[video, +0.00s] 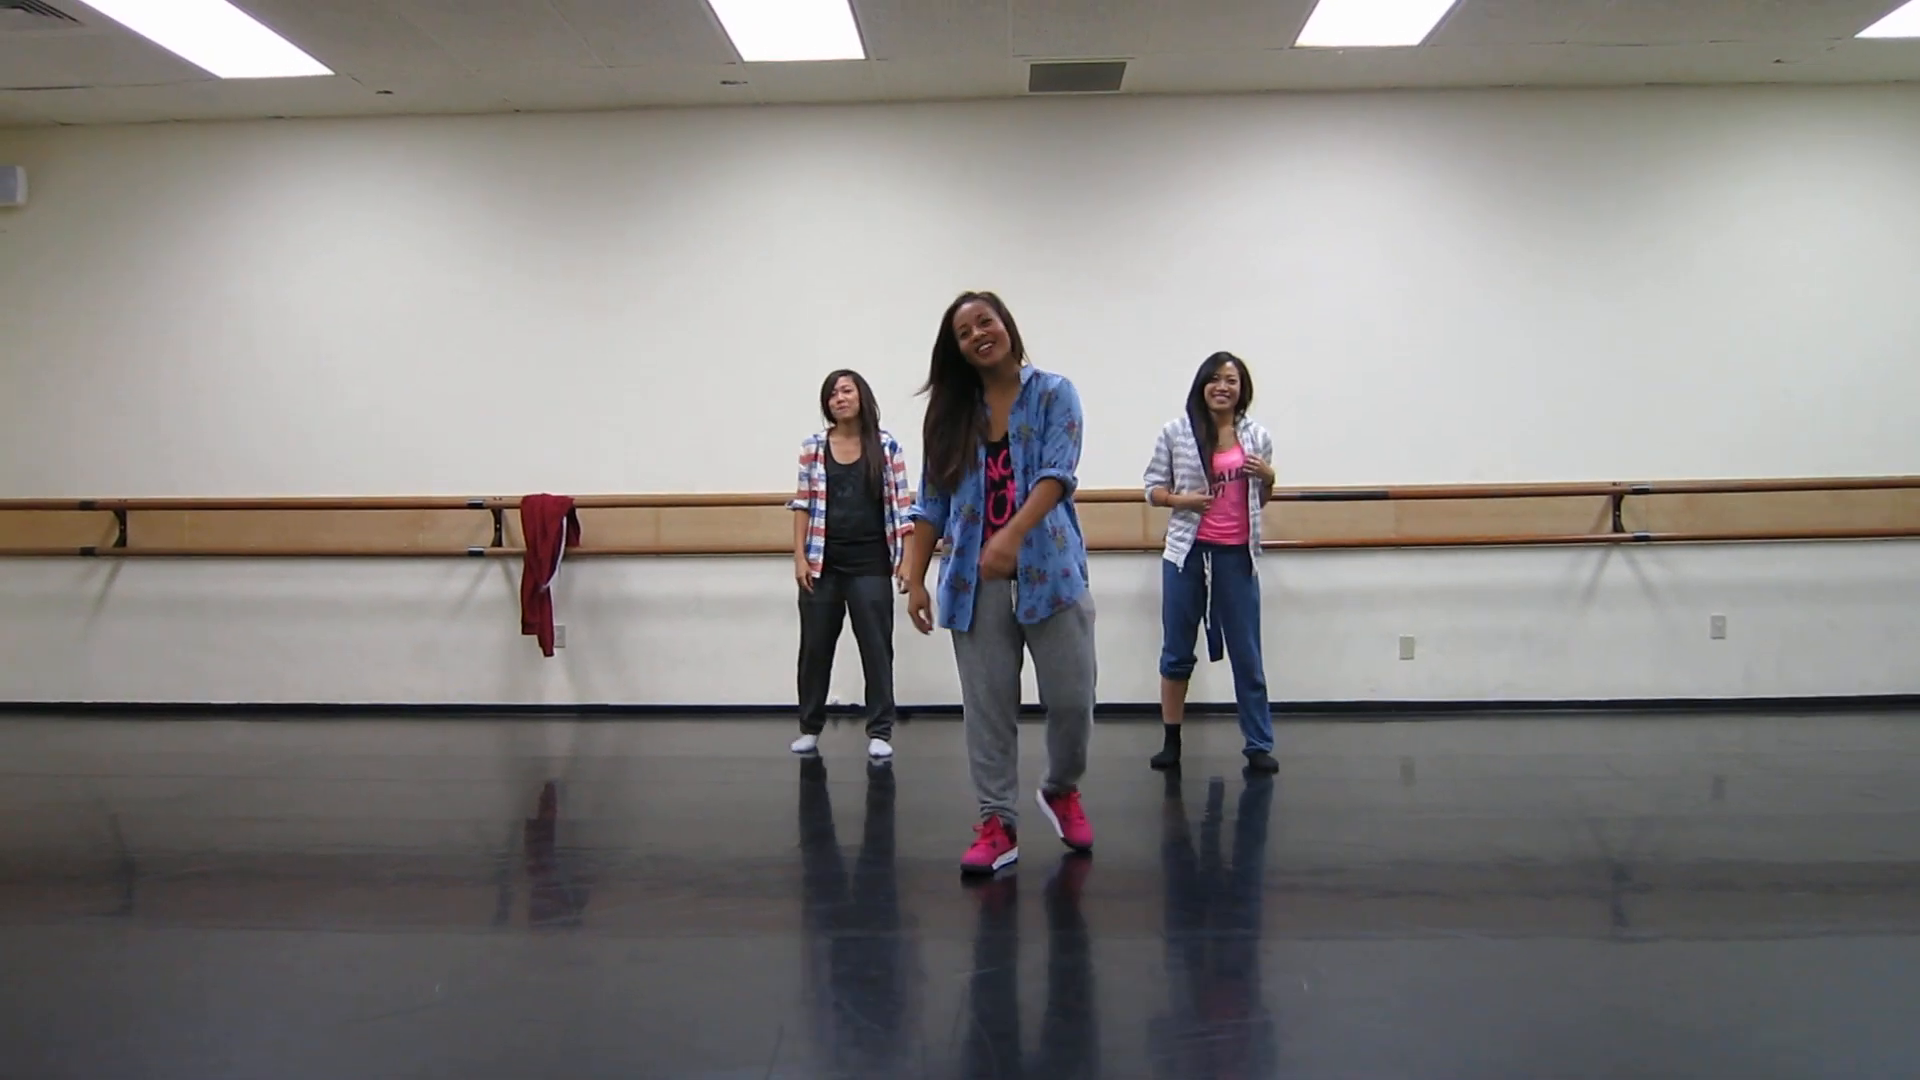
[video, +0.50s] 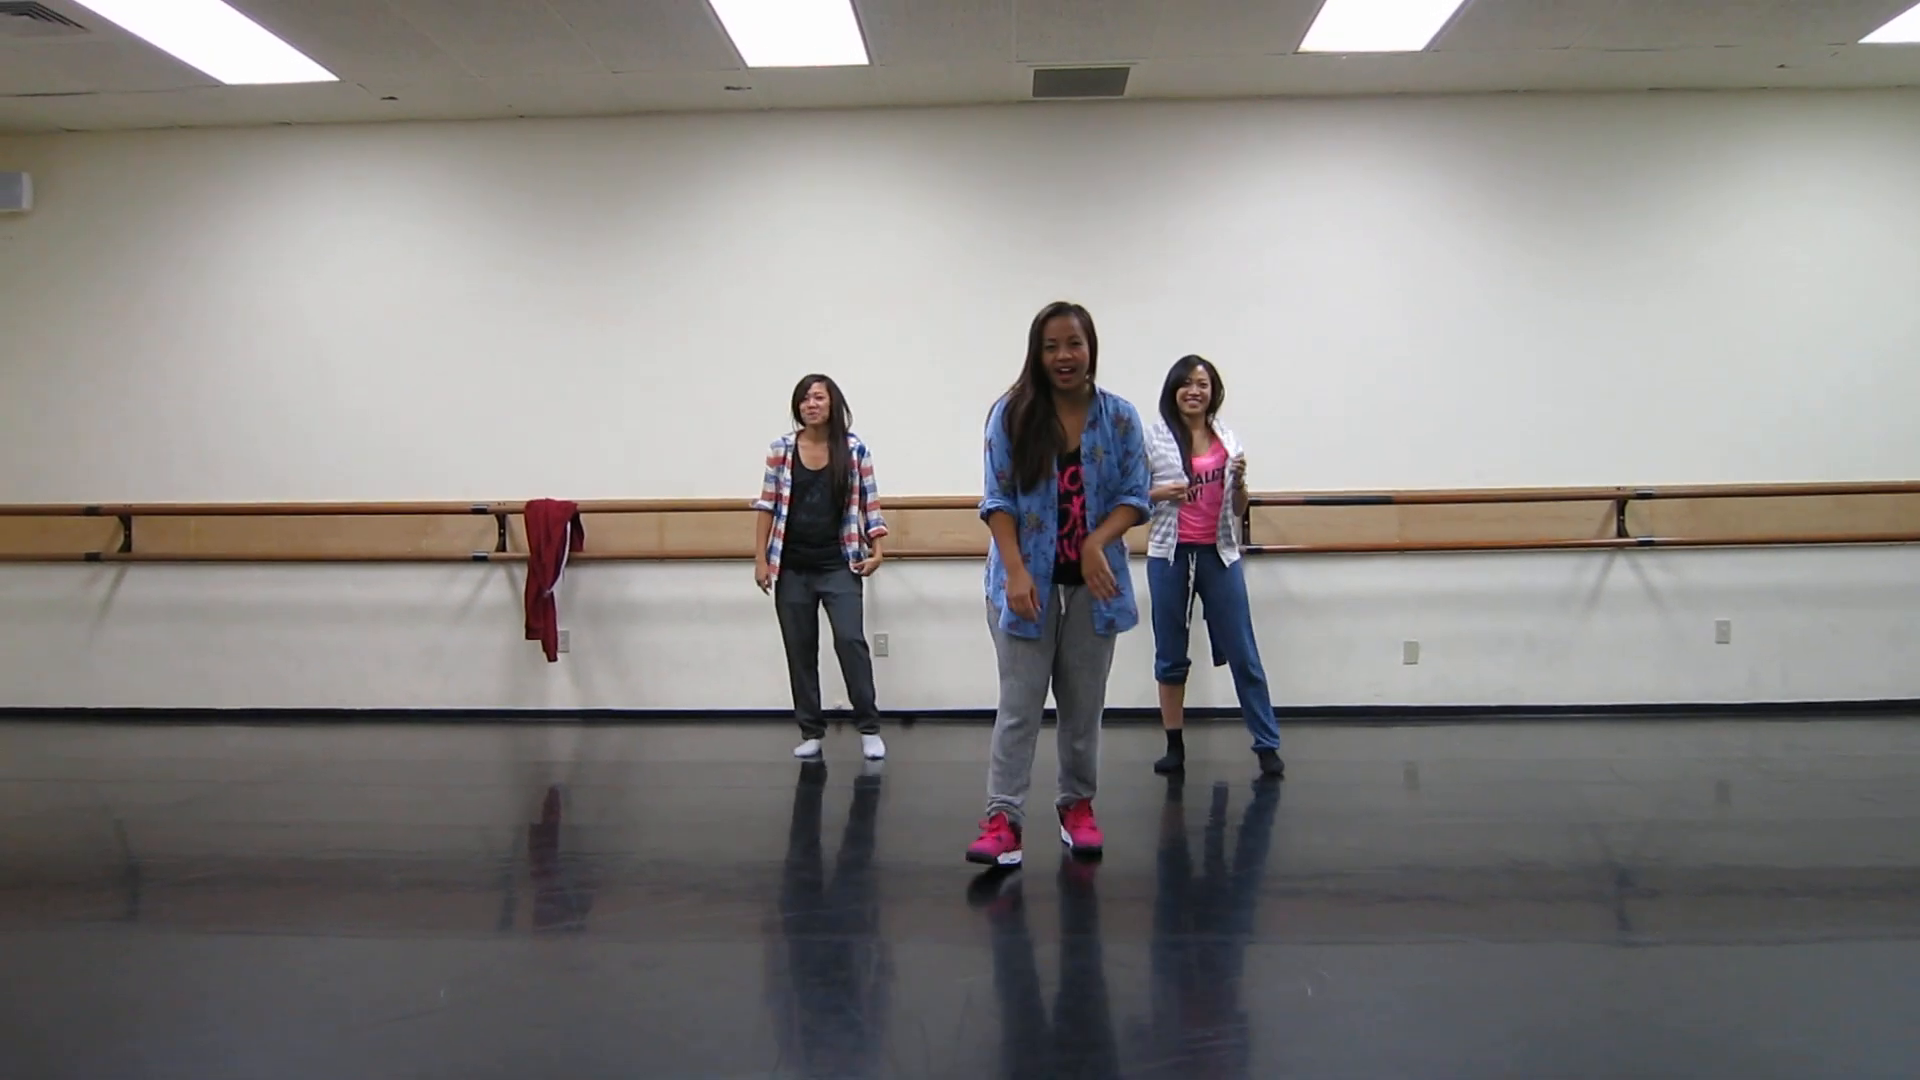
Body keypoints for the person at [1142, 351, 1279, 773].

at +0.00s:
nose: (1222, 387)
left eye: (1231, 381)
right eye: (1215, 380)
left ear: (1243, 389)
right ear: (1201, 387)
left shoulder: (1255, 436)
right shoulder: (1175, 434)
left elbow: (1261, 499)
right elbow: (1153, 491)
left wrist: (1267, 476)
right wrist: (1183, 499)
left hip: (1236, 555)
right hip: (1185, 553)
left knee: (1247, 657)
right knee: (1177, 653)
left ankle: (1258, 747)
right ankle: (1171, 743)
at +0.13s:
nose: (1210, 389)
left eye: (1219, 383)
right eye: (1202, 382)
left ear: (1230, 392)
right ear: (1189, 390)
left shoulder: (1244, 438)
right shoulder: (1163, 437)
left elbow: (1250, 501)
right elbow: (1142, 492)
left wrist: (1255, 479)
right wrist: (1166, 504)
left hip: (1224, 555)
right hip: (1174, 553)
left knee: (1239, 653)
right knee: (1171, 654)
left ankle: (1258, 747)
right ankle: (1170, 744)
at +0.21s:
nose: (1201, 390)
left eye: (1210, 384)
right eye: (1193, 383)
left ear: (1222, 392)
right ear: (1180, 389)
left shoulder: (1237, 438)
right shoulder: (1157, 436)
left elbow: (1243, 503)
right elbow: (1137, 494)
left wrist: (1247, 479)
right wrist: (1164, 500)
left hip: (1219, 555)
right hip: (1169, 554)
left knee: (1236, 653)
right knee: (1169, 655)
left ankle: (1257, 747)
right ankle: (1171, 744)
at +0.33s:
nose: (1195, 390)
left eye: (1204, 384)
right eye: (1187, 382)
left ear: (1216, 392)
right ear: (1173, 389)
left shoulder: (1230, 436)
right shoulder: (1150, 436)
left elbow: (1240, 503)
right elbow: (1134, 497)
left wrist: (1235, 476)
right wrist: (1167, 493)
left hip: (1218, 553)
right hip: (1168, 554)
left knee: (1235, 652)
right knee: (1169, 656)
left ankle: (1255, 746)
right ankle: (1173, 747)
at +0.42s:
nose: (1193, 391)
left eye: (1202, 385)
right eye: (1186, 384)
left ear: (1214, 392)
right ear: (1171, 391)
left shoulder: (1227, 437)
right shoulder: (1149, 439)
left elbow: (1237, 506)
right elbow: (1133, 499)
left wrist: (1231, 478)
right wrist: (1169, 493)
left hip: (1217, 554)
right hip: (1167, 554)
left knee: (1237, 652)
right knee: (1169, 656)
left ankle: (1260, 747)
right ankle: (1173, 748)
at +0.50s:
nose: (1195, 391)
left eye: (1202, 385)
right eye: (1187, 384)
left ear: (1214, 392)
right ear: (1172, 391)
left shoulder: (1226, 438)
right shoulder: (1152, 438)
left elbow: (1238, 510)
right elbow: (1129, 497)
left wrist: (1238, 482)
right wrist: (1161, 492)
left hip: (1219, 554)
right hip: (1169, 555)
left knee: (1243, 652)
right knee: (1171, 656)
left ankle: (1267, 746)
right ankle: (1173, 748)